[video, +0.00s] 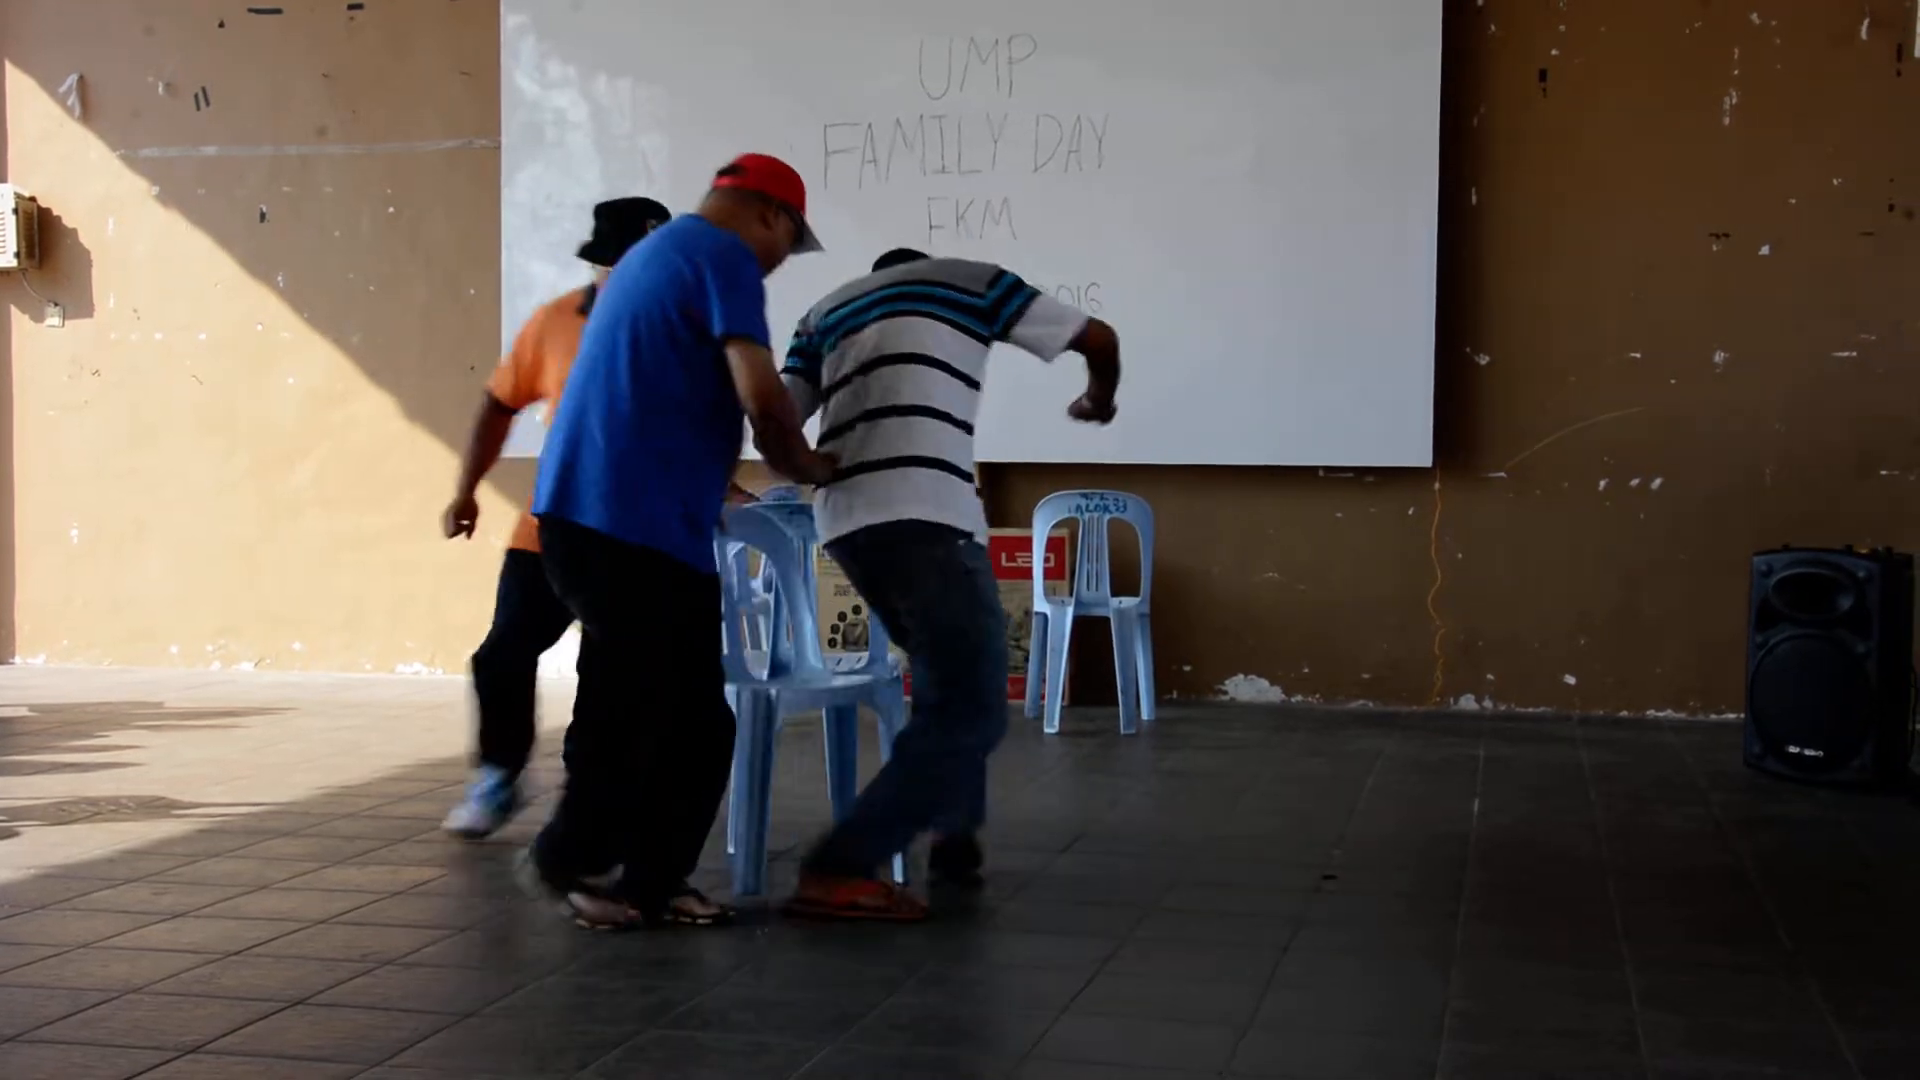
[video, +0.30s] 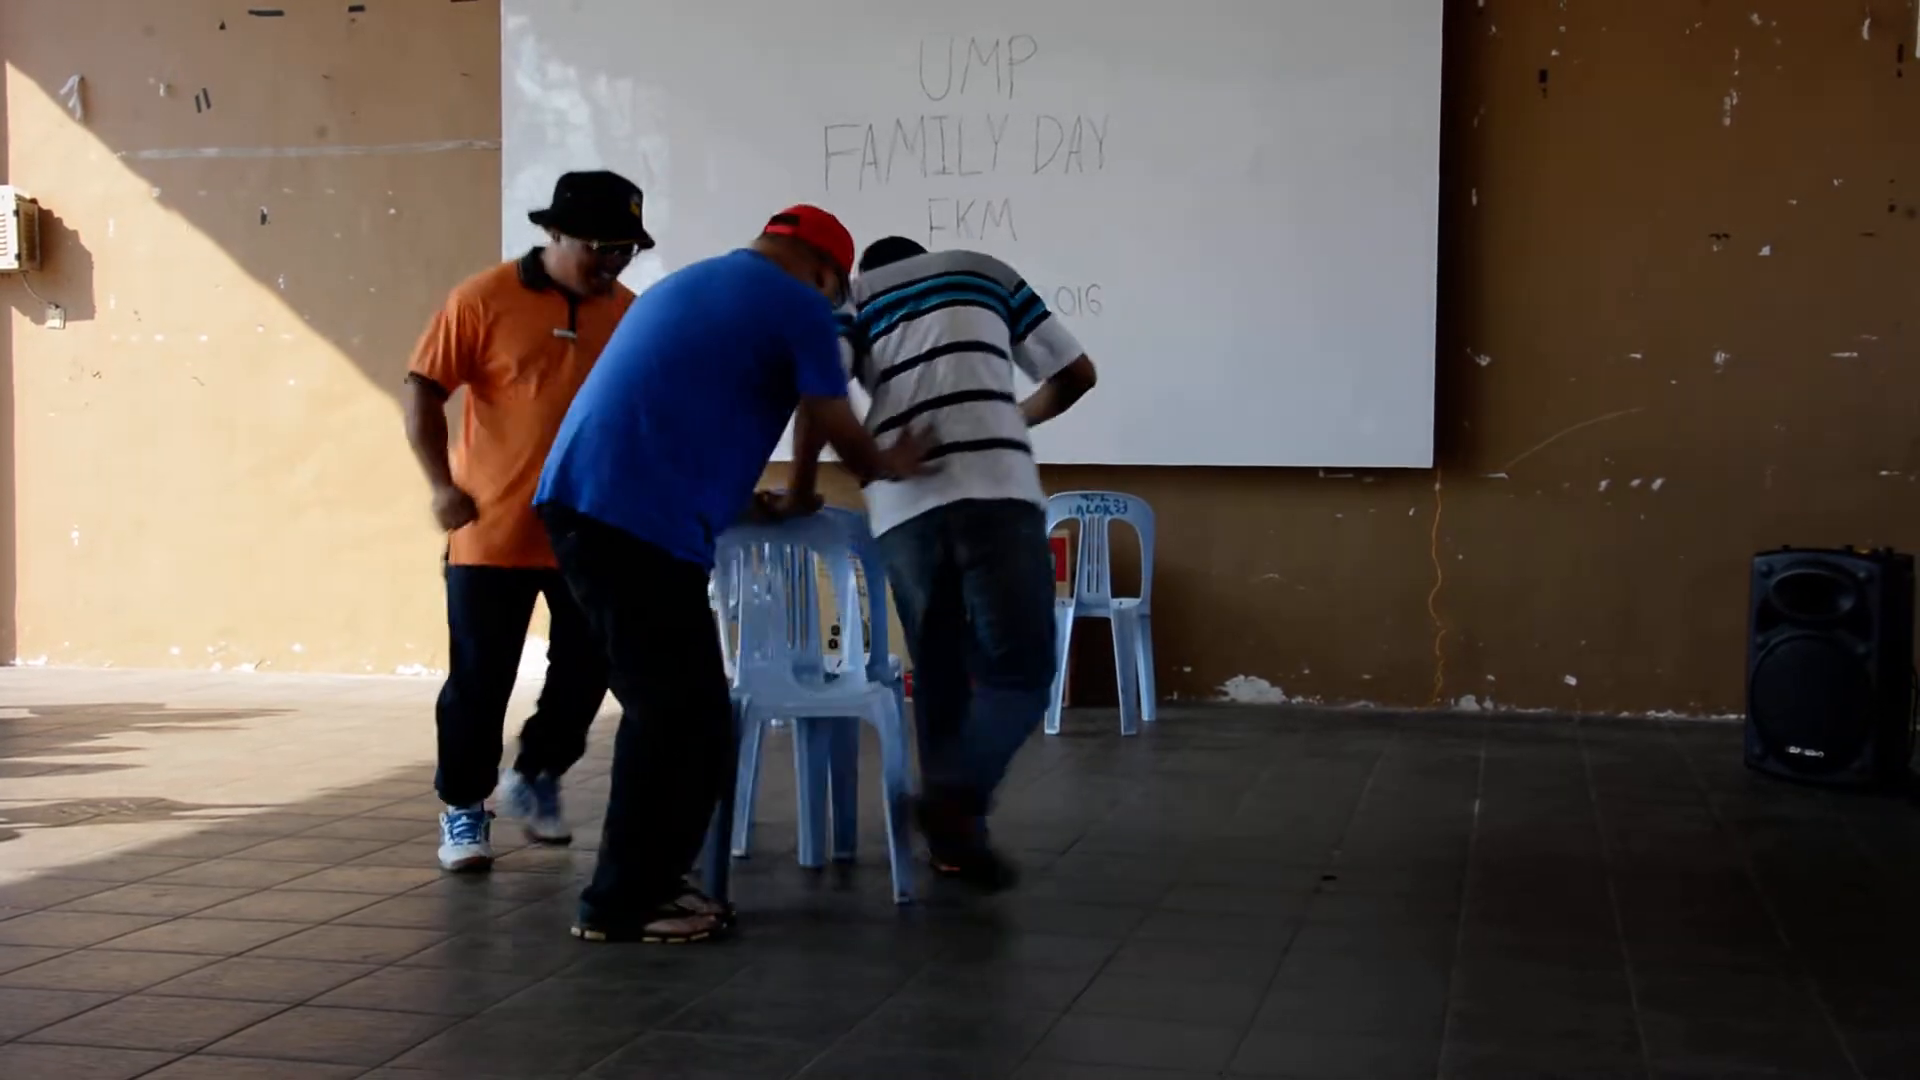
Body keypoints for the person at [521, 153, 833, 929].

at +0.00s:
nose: (785, 256)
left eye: (792, 244)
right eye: (789, 238)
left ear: (725, 204)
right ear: (763, 212)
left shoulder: (655, 252)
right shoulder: (724, 256)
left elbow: (643, 405)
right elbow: (762, 398)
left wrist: (725, 480)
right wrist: (804, 463)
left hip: (581, 508)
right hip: (645, 523)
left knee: (619, 694)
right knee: (696, 713)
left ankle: (569, 855)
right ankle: (653, 884)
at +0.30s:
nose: (829, 301)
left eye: (834, 290)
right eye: (834, 286)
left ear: (767, 246)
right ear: (820, 267)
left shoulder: (697, 280)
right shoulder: (805, 311)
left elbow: (667, 423)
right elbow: (843, 431)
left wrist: (747, 499)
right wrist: (884, 464)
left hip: (575, 502)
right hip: (643, 516)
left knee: (662, 705)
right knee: (691, 711)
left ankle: (646, 881)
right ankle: (625, 902)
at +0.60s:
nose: (851, 272)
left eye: (853, 262)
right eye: (850, 259)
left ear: (777, 226)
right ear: (833, 242)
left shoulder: (710, 270)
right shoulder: (818, 270)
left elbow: (673, 408)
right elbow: (908, 370)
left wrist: (764, 494)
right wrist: (952, 416)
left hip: (607, 503)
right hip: (672, 511)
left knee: (685, 704)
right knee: (740, 708)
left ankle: (641, 885)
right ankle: (704, 921)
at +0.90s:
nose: (866, 233)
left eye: (865, 223)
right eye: (866, 220)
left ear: (786, 200)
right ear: (851, 205)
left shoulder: (735, 263)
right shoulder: (848, 250)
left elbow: (749, 404)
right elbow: (867, 400)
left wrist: (876, 437)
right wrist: (849, 507)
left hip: (692, 503)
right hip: (754, 507)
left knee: (835, 665)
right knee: (769, 701)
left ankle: (763, 865)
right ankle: (703, 918)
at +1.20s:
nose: (921, 246)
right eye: (922, 234)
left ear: (844, 224)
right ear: (919, 228)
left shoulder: (796, 286)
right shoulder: (928, 273)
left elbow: (738, 414)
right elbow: (975, 395)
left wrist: (774, 496)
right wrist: (1018, 511)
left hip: (776, 520)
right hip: (862, 518)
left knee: (866, 706)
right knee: (920, 695)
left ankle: (874, 894)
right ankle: (799, 836)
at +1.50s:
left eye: (886, 224)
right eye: (947, 222)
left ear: (875, 231)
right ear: (950, 221)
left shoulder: (832, 299)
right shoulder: (993, 257)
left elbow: (770, 415)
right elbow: (1030, 326)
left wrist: (780, 465)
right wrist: (1053, 433)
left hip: (901, 538)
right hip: (1007, 527)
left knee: (897, 723)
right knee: (1045, 694)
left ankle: (895, 901)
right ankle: (1073, 868)